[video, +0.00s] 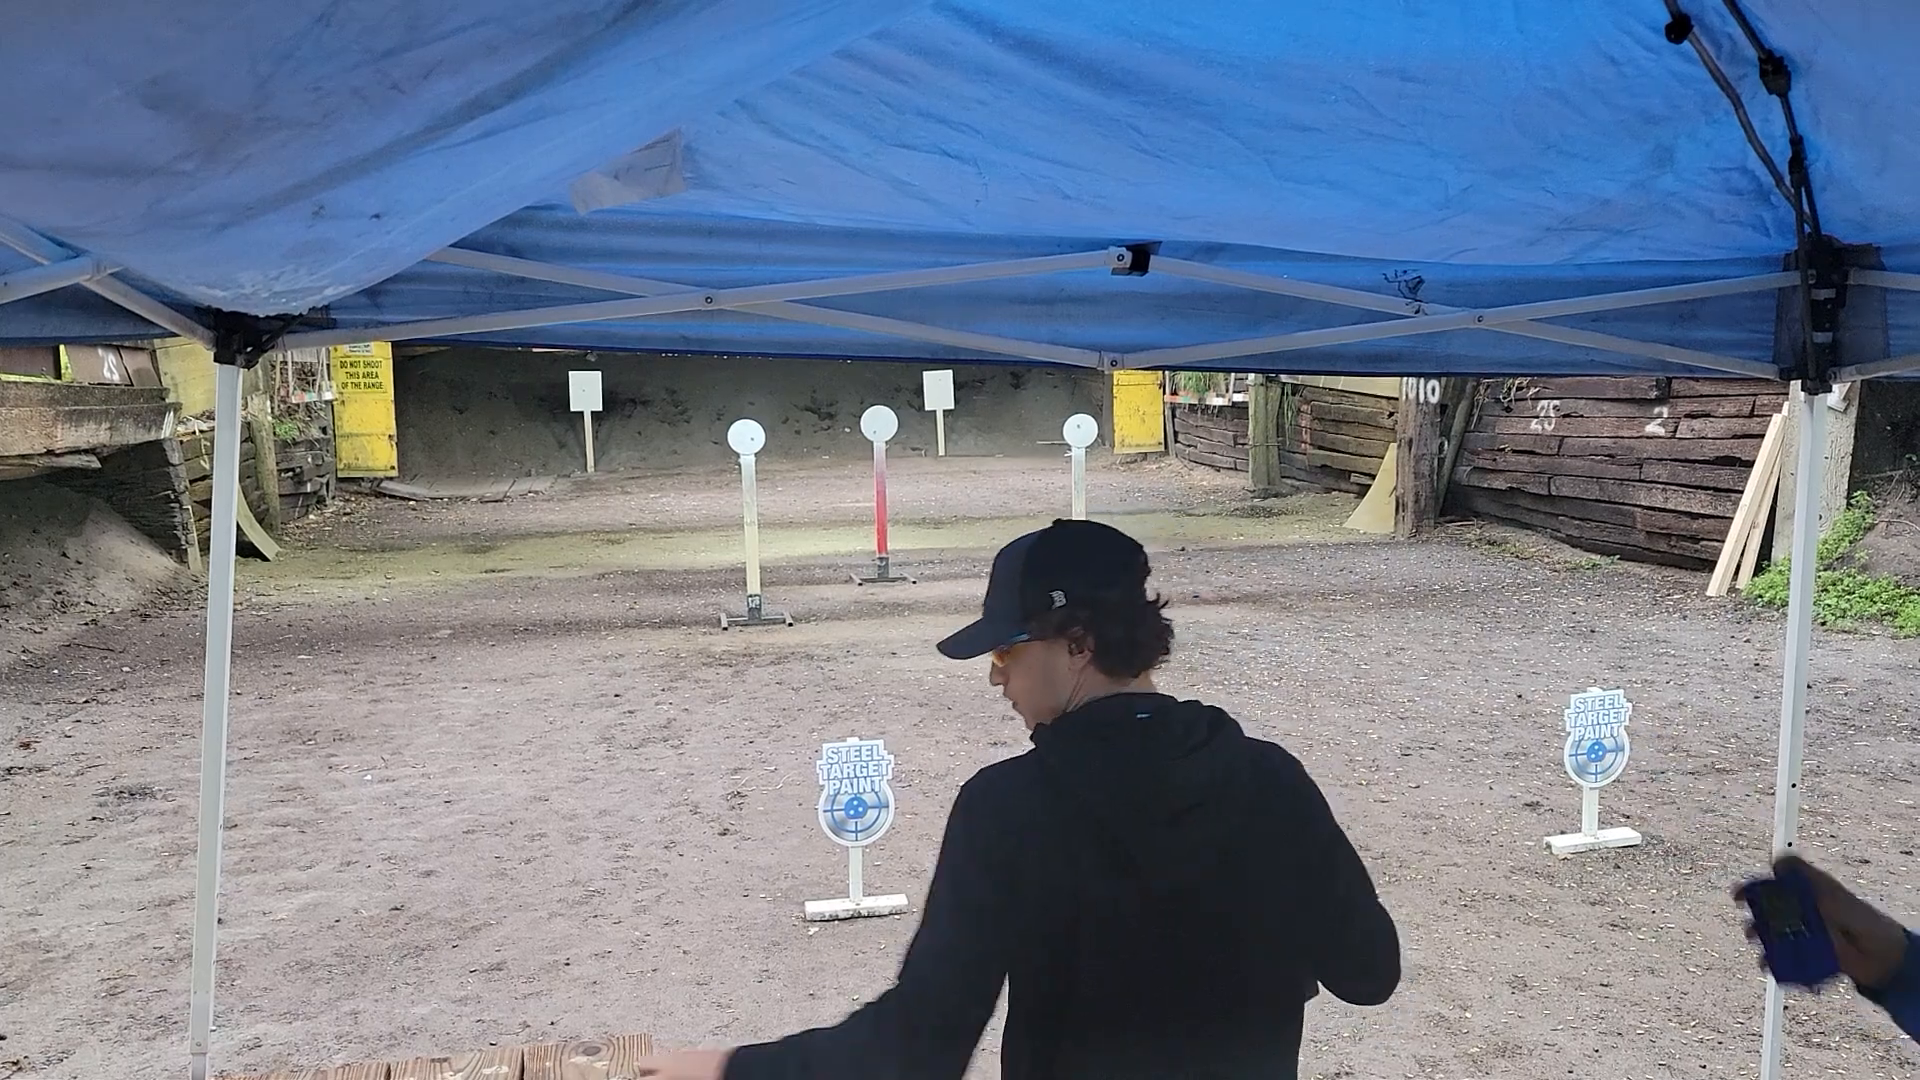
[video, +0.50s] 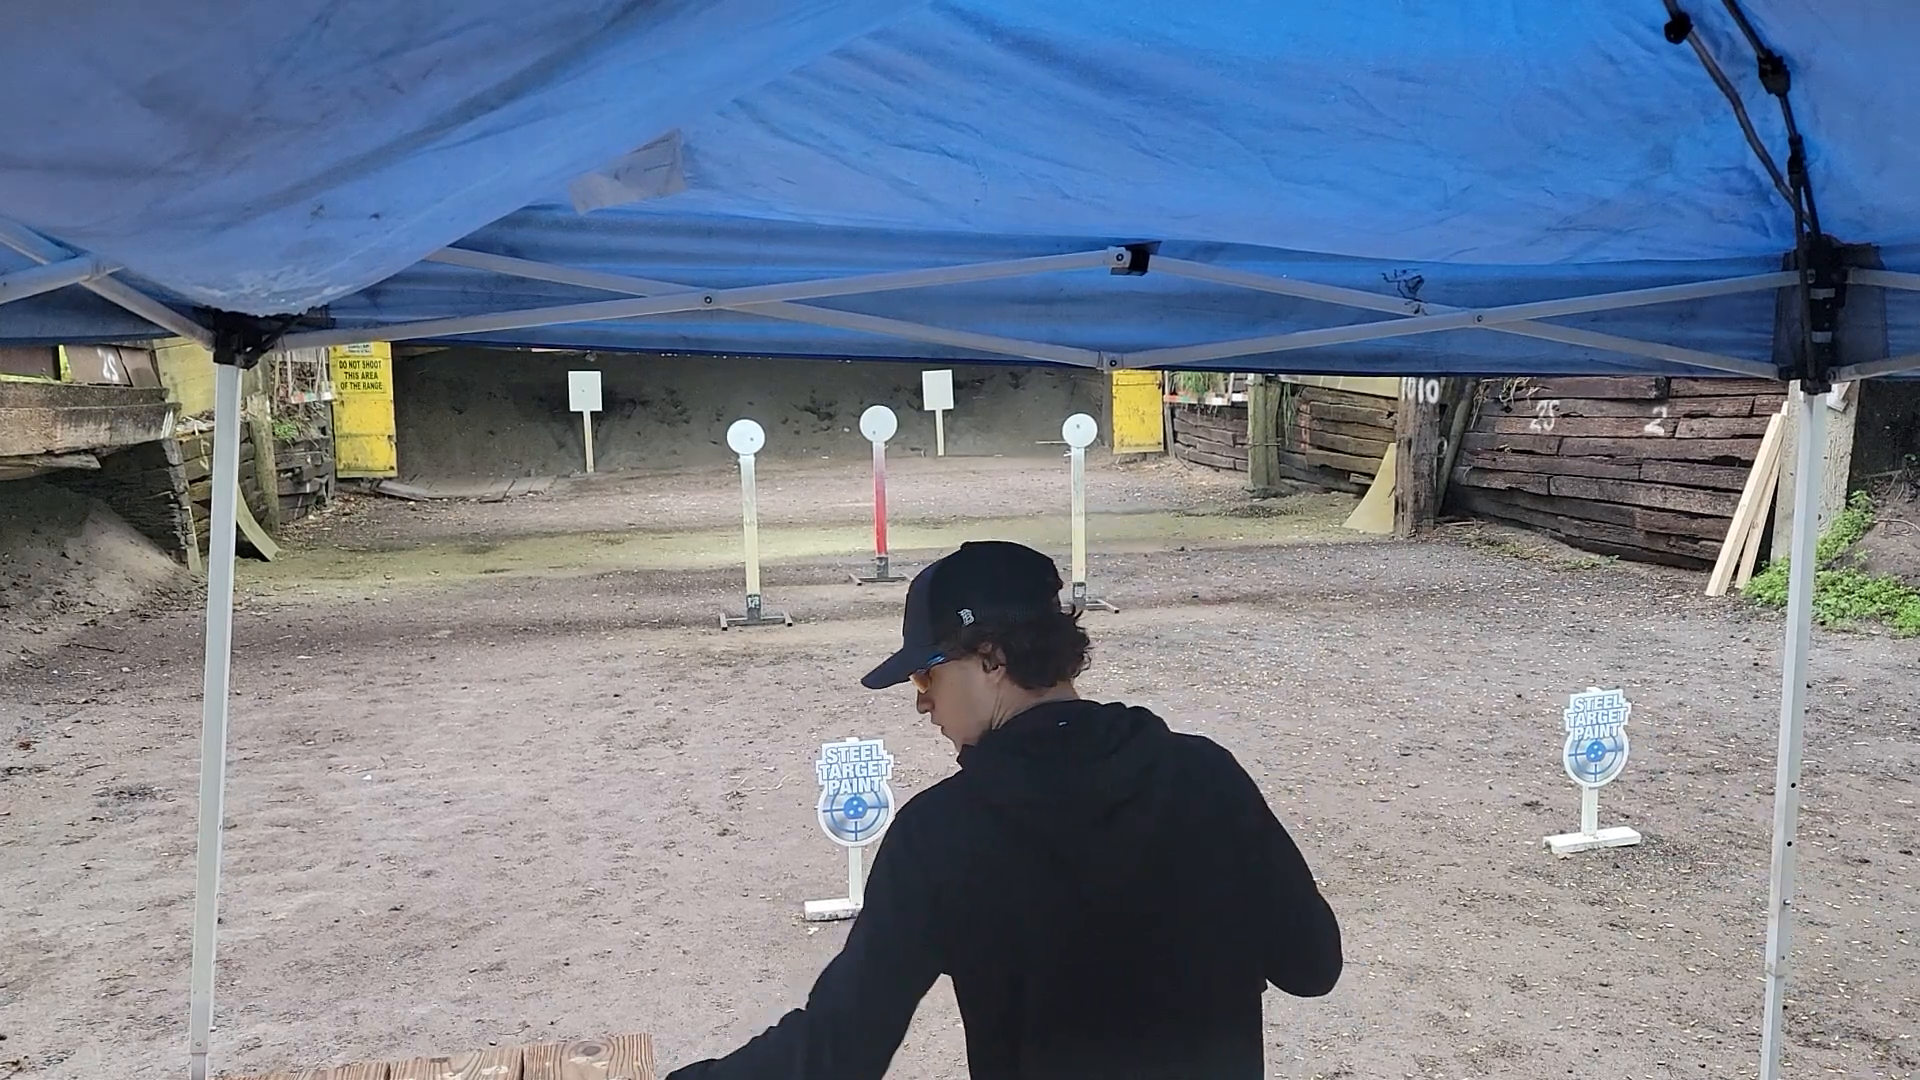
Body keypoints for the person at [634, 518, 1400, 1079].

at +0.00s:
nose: (995, 672)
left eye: (1008, 647)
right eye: (996, 648)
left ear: (1075, 644)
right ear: (1124, 639)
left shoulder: (1010, 804)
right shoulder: (1269, 778)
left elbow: (925, 1039)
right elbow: (1372, 972)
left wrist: (734, 1066)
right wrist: (1251, 901)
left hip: (1070, 1062)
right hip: (1248, 1069)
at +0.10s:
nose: (970, 685)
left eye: (979, 658)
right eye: (967, 661)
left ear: (1049, 651)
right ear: (1078, 649)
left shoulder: (983, 819)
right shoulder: (1248, 781)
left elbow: (851, 1035)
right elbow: (1351, 968)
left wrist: (660, 1074)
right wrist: (1232, 898)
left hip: (1062, 1063)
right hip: (1240, 1069)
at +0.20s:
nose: (938, 693)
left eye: (949, 667)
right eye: (937, 670)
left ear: (1014, 659)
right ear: (1045, 657)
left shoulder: (953, 829)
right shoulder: (1220, 777)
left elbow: (812, 1024)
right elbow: (1331, 966)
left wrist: (661, 1074)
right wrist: (1204, 894)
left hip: (1048, 1063)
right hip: (1229, 1068)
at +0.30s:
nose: (925, 704)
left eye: (930, 678)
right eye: (921, 682)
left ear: (993, 663)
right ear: (1046, 656)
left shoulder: (939, 834)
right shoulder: (1208, 775)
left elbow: (802, 1027)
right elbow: (1318, 963)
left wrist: (660, 1073)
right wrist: (1184, 891)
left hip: (1036, 1063)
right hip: (1219, 1067)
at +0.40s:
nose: (918, 702)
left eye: (924, 675)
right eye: (914, 680)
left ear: (988, 661)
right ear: (1045, 652)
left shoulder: (939, 829)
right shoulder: (1204, 773)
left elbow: (816, 1036)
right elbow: (1314, 963)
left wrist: (663, 1076)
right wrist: (1184, 886)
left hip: (1031, 1064)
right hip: (1217, 1067)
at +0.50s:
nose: (922, 705)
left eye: (927, 677)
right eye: (918, 682)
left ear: (989, 661)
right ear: (1054, 651)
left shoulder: (944, 827)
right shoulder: (1206, 775)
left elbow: (839, 1046)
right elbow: (1315, 964)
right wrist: (1191, 896)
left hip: (1031, 1069)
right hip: (1213, 1071)